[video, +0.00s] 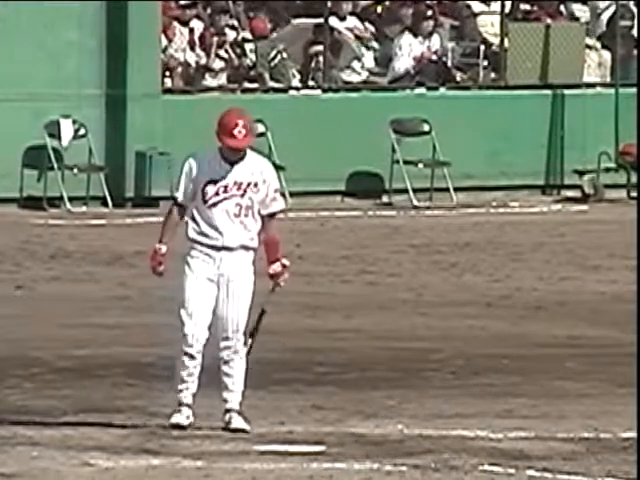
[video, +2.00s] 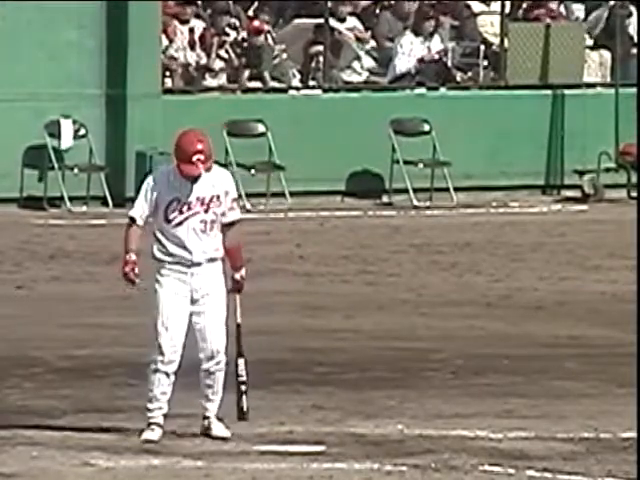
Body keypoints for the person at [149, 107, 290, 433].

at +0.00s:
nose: (239, 149)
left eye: (243, 143)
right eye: (232, 144)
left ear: (249, 137)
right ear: (219, 138)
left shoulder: (263, 170)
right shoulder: (197, 166)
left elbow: (269, 221)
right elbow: (178, 207)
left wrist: (275, 260)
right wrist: (162, 243)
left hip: (240, 258)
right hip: (200, 256)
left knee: (234, 334)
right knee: (193, 332)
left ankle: (233, 408)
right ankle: (184, 405)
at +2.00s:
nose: (195, 172)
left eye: (199, 166)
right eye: (189, 167)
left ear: (208, 158)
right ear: (177, 160)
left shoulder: (221, 179)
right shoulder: (157, 182)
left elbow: (230, 229)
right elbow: (136, 222)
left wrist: (237, 270)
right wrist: (131, 254)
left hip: (210, 272)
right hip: (171, 274)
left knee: (214, 348)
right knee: (167, 350)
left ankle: (211, 416)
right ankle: (155, 420)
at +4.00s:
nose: (230, 168)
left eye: (232, 163)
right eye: (225, 163)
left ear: (233, 160)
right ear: (209, 160)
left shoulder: (242, 187)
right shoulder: (180, 187)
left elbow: (253, 237)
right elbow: (161, 232)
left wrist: (264, 272)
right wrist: (178, 267)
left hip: (227, 279)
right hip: (188, 279)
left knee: (243, 351)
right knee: (171, 355)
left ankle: (268, 421)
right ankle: (155, 421)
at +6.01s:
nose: (238, 155)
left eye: (239, 148)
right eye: (232, 149)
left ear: (230, 152)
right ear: (214, 153)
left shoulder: (237, 178)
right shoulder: (204, 189)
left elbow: (251, 210)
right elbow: (231, 240)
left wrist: (276, 213)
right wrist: (265, 221)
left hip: (229, 276)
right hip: (197, 279)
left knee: (247, 350)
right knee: (184, 355)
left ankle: (268, 420)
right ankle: (156, 422)